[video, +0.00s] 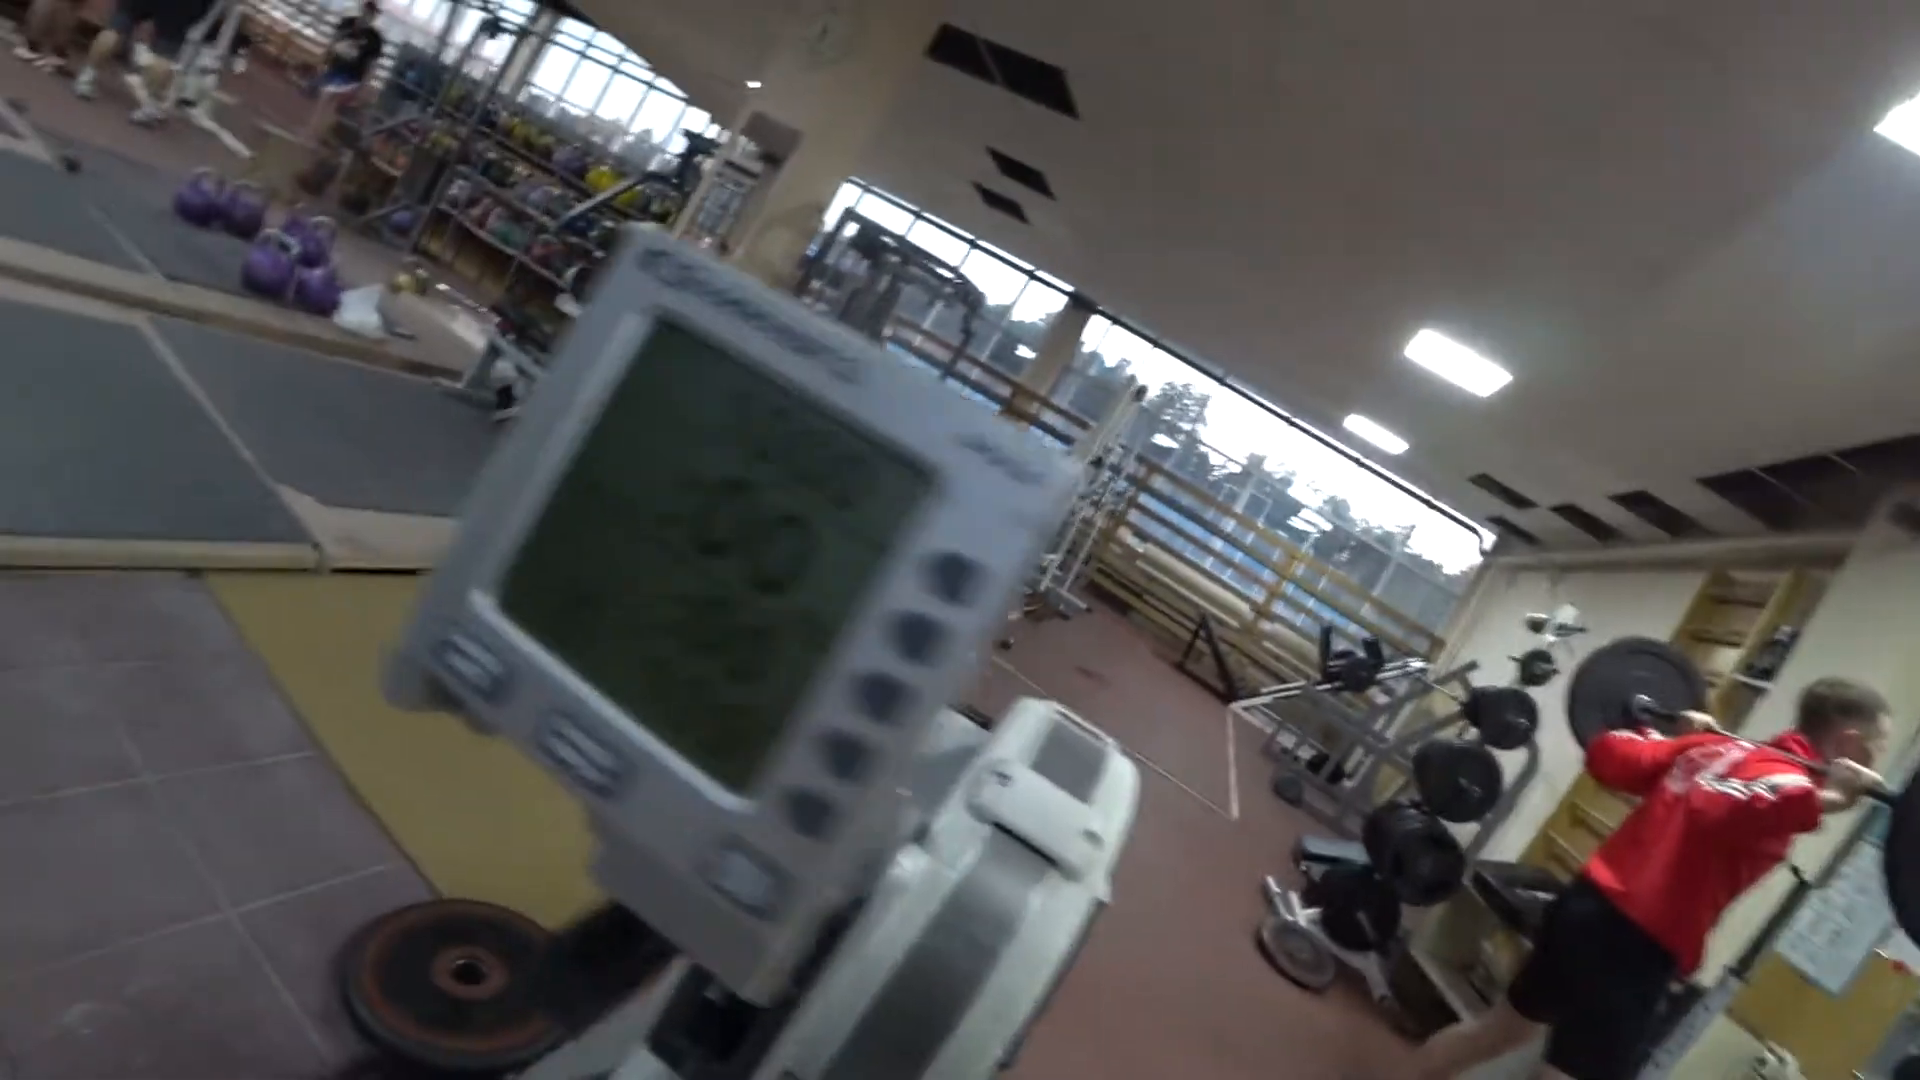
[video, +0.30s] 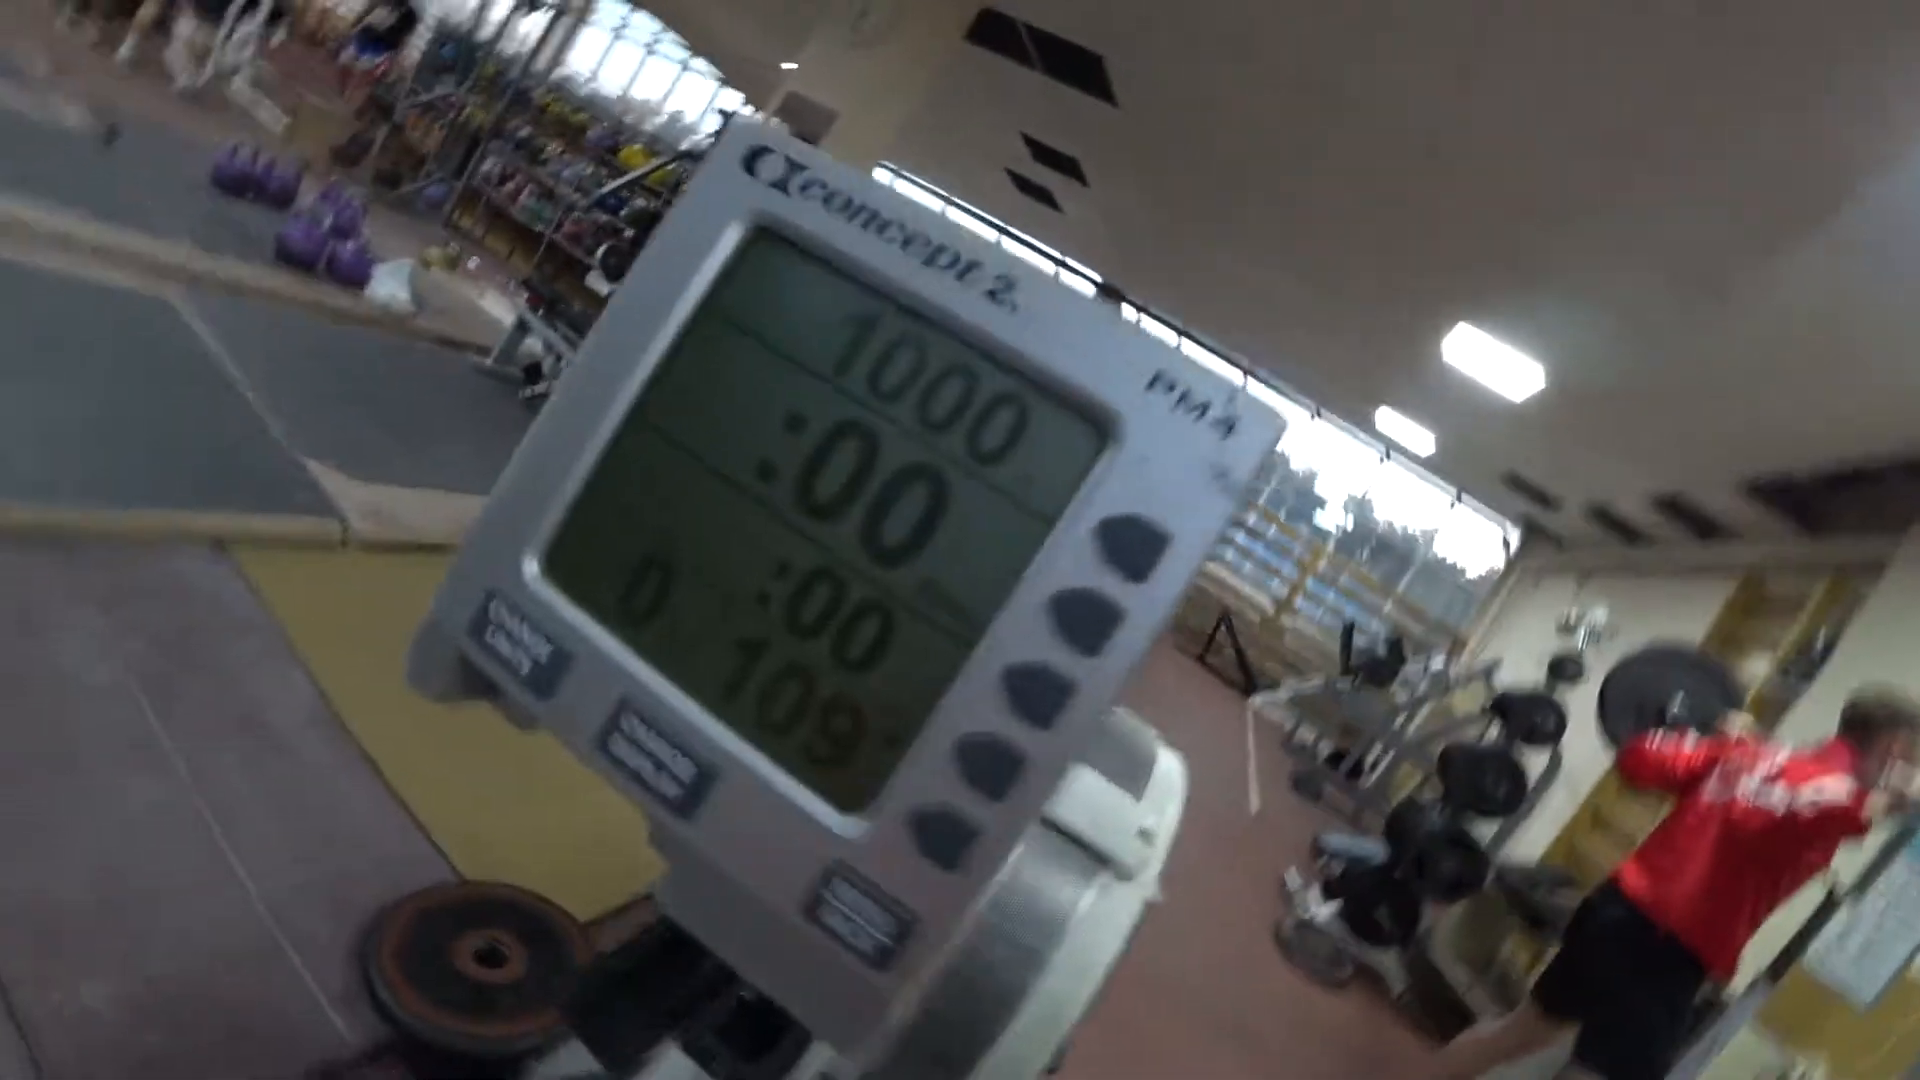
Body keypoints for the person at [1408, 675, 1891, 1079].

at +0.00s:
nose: (1875, 759)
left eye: (1878, 746)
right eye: (1875, 743)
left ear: (1810, 726)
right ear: (1844, 739)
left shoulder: (1714, 746)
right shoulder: (1798, 787)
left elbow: (1609, 753)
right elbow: (1719, 813)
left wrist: (1678, 738)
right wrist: (1828, 799)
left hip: (1585, 902)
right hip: (1640, 948)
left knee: (1501, 1026)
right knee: (1564, 1072)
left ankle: (1398, 1073)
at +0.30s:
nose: (1905, 772)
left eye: (1908, 760)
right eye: (1906, 758)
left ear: (1844, 728)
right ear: (1889, 751)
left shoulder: (1746, 753)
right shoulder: (1842, 798)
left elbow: (1641, 757)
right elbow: (1796, 812)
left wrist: (1724, 739)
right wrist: (1875, 808)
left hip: (1613, 908)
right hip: (1669, 958)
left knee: (1521, 1027)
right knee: (1596, 1073)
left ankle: (1420, 1075)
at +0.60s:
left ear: (1900, 503)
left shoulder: (1813, 555)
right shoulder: (1911, 583)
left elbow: (1702, 583)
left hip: (1711, 735)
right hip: (1783, 772)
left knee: (1647, 863)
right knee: (1724, 947)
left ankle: (1536, 974)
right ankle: (1643, 1067)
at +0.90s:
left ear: (1868, 204)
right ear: (1914, 204)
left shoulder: (1798, 271)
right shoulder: (1906, 268)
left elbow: (1696, 330)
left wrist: (1740, 286)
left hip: (1744, 478)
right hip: (1820, 493)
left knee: (1719, 630)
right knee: (1817, 687)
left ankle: (1644, 755)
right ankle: (1759, 876)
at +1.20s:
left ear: (1864, 144)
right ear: (1911, 141)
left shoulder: (1794, 216)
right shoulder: (1907, 209)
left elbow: (1690, 286)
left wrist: (1739, 231)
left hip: (1745, 427)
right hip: (1825, 440)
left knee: (1724, 583)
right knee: (1825, 637)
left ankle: (1652, 708)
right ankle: (1771, 822)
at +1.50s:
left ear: (1862, 205)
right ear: (1913, 206)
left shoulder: (1791, 273)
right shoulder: (1898, 273)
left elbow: (1695, 331)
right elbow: (1873, 308)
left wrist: (1729, 288)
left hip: (1734, 475)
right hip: (1809, 492)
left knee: (1707, 624)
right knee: (1800, 684)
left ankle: (1625, 751)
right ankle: (1730, 871)